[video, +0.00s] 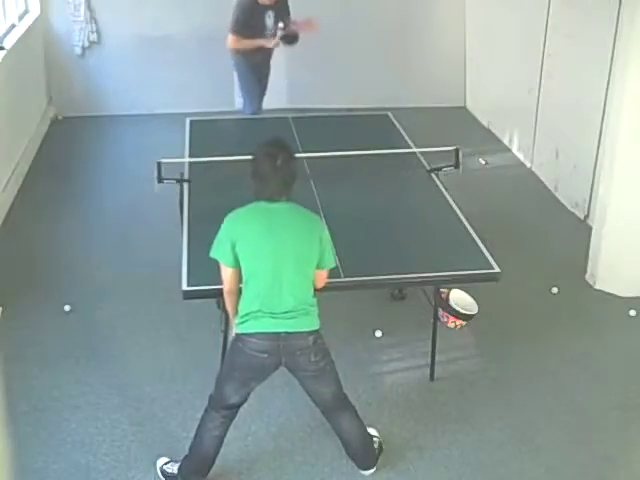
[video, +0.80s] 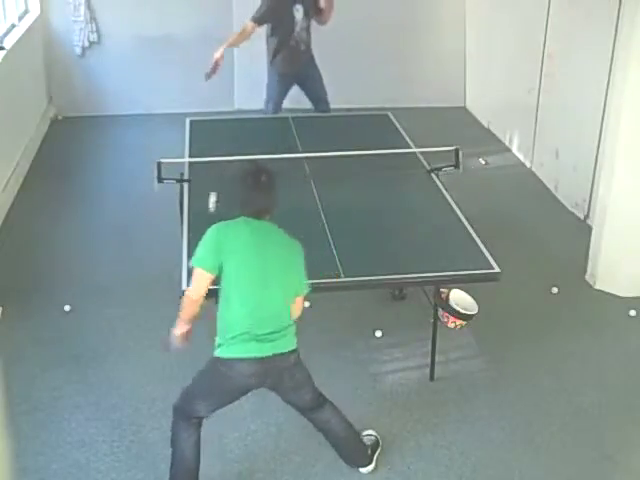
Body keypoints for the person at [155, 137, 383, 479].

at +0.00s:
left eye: (256, 171)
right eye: (285, 171)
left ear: (254, 177)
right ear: (292, 177)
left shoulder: (235, 221)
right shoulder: (313, 222)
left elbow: (230, 285)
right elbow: (320, 280)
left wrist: (236, 322)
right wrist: (290, 277)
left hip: (254, 340)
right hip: (305, 339)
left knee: (221, 409)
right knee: (336, 403)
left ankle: (189, 472)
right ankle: (367, 457)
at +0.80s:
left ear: (238, 197)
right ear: (272, 200)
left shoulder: (220, 234)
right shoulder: (291, 245)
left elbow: (196, 293)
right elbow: (296, 310)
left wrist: (182, 326)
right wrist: (266, 321)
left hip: (236, 364)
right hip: (285, 360)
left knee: (187, 414)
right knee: (317, 406)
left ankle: (183, 476)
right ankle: (364, 459)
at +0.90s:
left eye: (225, 197)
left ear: (227, 204)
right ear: (261, 205)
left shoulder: (220, 237)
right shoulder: (277, 246)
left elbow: (203, 294)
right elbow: (280, 301)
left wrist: (159, 336)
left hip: (236, 368)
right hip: (281, 362)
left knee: (183, 414)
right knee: (315, 408)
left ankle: (180, 477)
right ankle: (361, 456)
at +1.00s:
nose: (218, 201)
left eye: (221, 194)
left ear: (225, 201)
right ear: (255, 202)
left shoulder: (221, 237)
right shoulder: (268, 239)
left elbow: (212, 294)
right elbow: (268, 291)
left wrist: (160, 339)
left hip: (243, 367)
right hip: (284, 360)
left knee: (185, 414)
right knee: (314, 408)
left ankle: (181, 474)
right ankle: (362, 456)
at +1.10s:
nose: (223, 196)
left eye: (225, 190)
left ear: (226, 196)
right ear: (256, 196)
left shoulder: (226, 235)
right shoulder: (267, 233)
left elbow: (223, 292)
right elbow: (268, 287)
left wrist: (184, 338)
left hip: (250, 362)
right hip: (288, 353)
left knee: (193, 417)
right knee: (317, 405)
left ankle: (185, 476)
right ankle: (363, 456)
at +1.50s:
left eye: (217, 195)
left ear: (216, 201)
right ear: (251, 198)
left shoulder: (213, 251)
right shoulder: (278, 236)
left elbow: (202, 321)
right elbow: (304, 286)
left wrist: (167, 376)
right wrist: (313, 267)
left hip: (255, 365)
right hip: (300, 353)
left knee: (200, 409)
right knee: (323, 391)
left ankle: (184, 475)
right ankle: (365, 448)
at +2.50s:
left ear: (225, 207)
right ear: (264, 204)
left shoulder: (211, 266)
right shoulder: (295, 245)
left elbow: (202, 345)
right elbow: (340, 293)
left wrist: (184, 412)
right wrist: (310, 323)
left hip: (234, 399)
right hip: (292, 395)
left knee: (196, 461)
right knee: (318, 449)